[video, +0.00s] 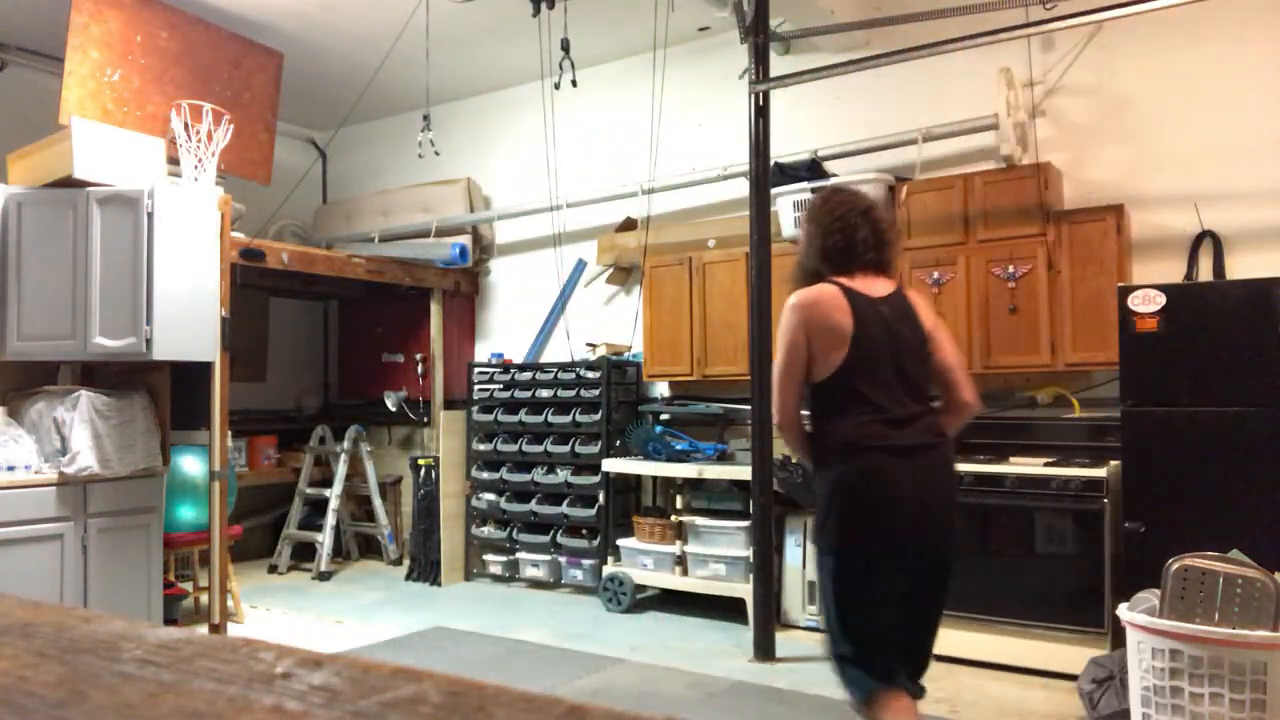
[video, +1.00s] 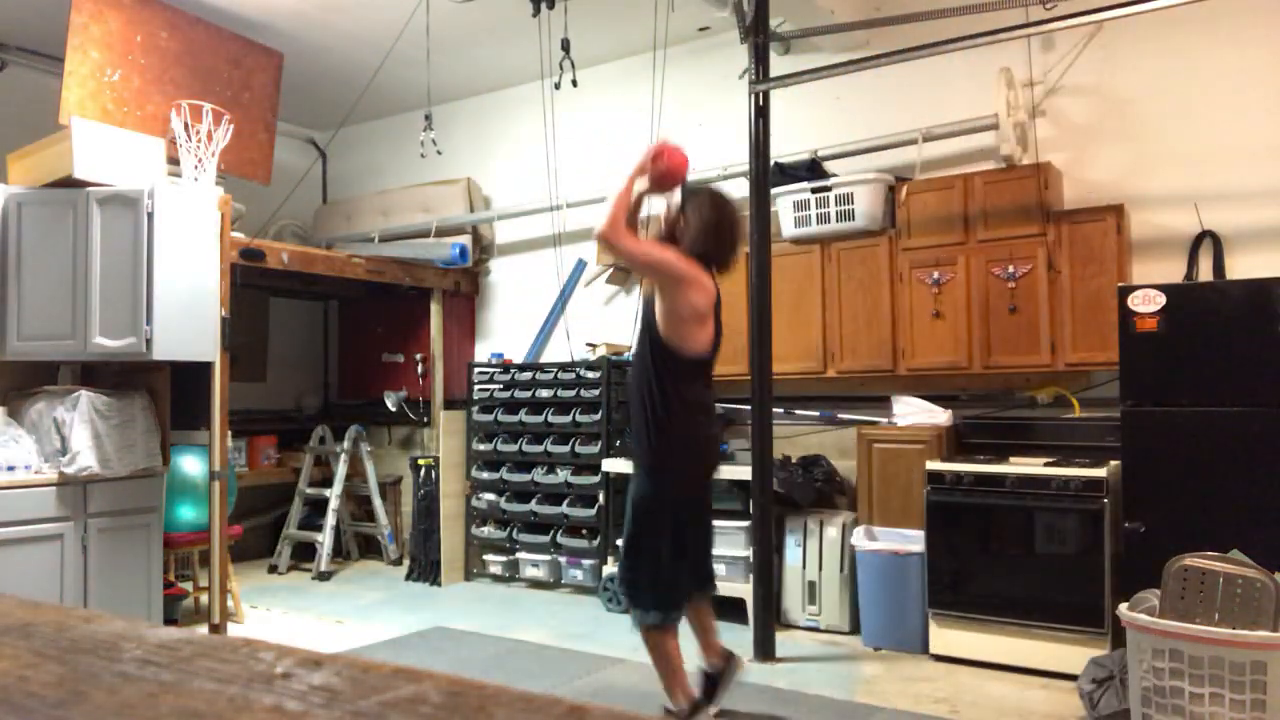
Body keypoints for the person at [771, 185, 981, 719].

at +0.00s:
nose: (800, 240)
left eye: (806, 231)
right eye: (804, 229)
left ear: (817, 243)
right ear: (880, 239)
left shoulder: (807, 306)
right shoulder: (912, 301)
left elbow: (786, 419)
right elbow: (965, 399)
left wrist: (828, 465)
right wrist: (919, 444)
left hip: (859, 487)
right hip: (931, 481)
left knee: (860, 659)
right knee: (903, 661)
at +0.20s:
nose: (753, 240)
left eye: (761, 231)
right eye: (756, 229)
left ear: (783, 240)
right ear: (820, 241)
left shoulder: (781, 302)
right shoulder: (846, 302)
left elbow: (757, 408)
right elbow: (874, 394)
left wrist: (759, 467)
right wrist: (793, 462)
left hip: (819, 491)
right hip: (884, 487)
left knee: (776, 623)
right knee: (871, 642)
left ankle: (814, 712)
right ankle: (884, 714)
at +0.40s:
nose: (709, 240)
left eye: (716, 231)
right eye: (713, 230)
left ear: (737, 240)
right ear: (771, 243)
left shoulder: (739, 298)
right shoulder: (786, 303)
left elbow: (713, 394)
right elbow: (764, 402)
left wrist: (698, 459)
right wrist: (708, 445)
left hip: (770, 483)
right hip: (820, 479)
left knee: (734, 617)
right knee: (824, 625)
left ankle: (715, 715)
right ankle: (870, 714)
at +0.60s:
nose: (680, 264)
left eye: (688, 256)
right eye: (683, 255)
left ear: (707, 266)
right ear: (732, 270)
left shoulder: (705, 325)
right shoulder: (747, 327)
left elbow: (640, 398)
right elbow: (714, 416)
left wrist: (612, 408)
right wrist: (641, 420)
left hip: (727, 494)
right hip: (768, 488)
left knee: (671, 608)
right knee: (722, 599)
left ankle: (697, 714)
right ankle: (793, 680)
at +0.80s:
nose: (672, 276)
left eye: (681, 270)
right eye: (677, 268)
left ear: (695, 287)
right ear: (721, 293)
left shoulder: (696, 343)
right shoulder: (712, 346)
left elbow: (608, 334)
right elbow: (631, 338)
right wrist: (631, 280)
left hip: (695, 508)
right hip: (716, 503)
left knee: (632, 607)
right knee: (685, 608)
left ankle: (691, 714)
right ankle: (744, 684)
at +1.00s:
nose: (665, 219)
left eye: (673, 212)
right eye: (669, 213)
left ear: (685, 226)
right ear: (708, 233)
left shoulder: (685, 275)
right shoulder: (690, 278)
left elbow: (612, 235)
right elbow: (623, 247)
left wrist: (636, 177)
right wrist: (649, 190)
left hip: (667, 454)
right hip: (687, 449)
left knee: (645, 581)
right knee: (685, 563)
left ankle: (681, 699)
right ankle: (715, 657)